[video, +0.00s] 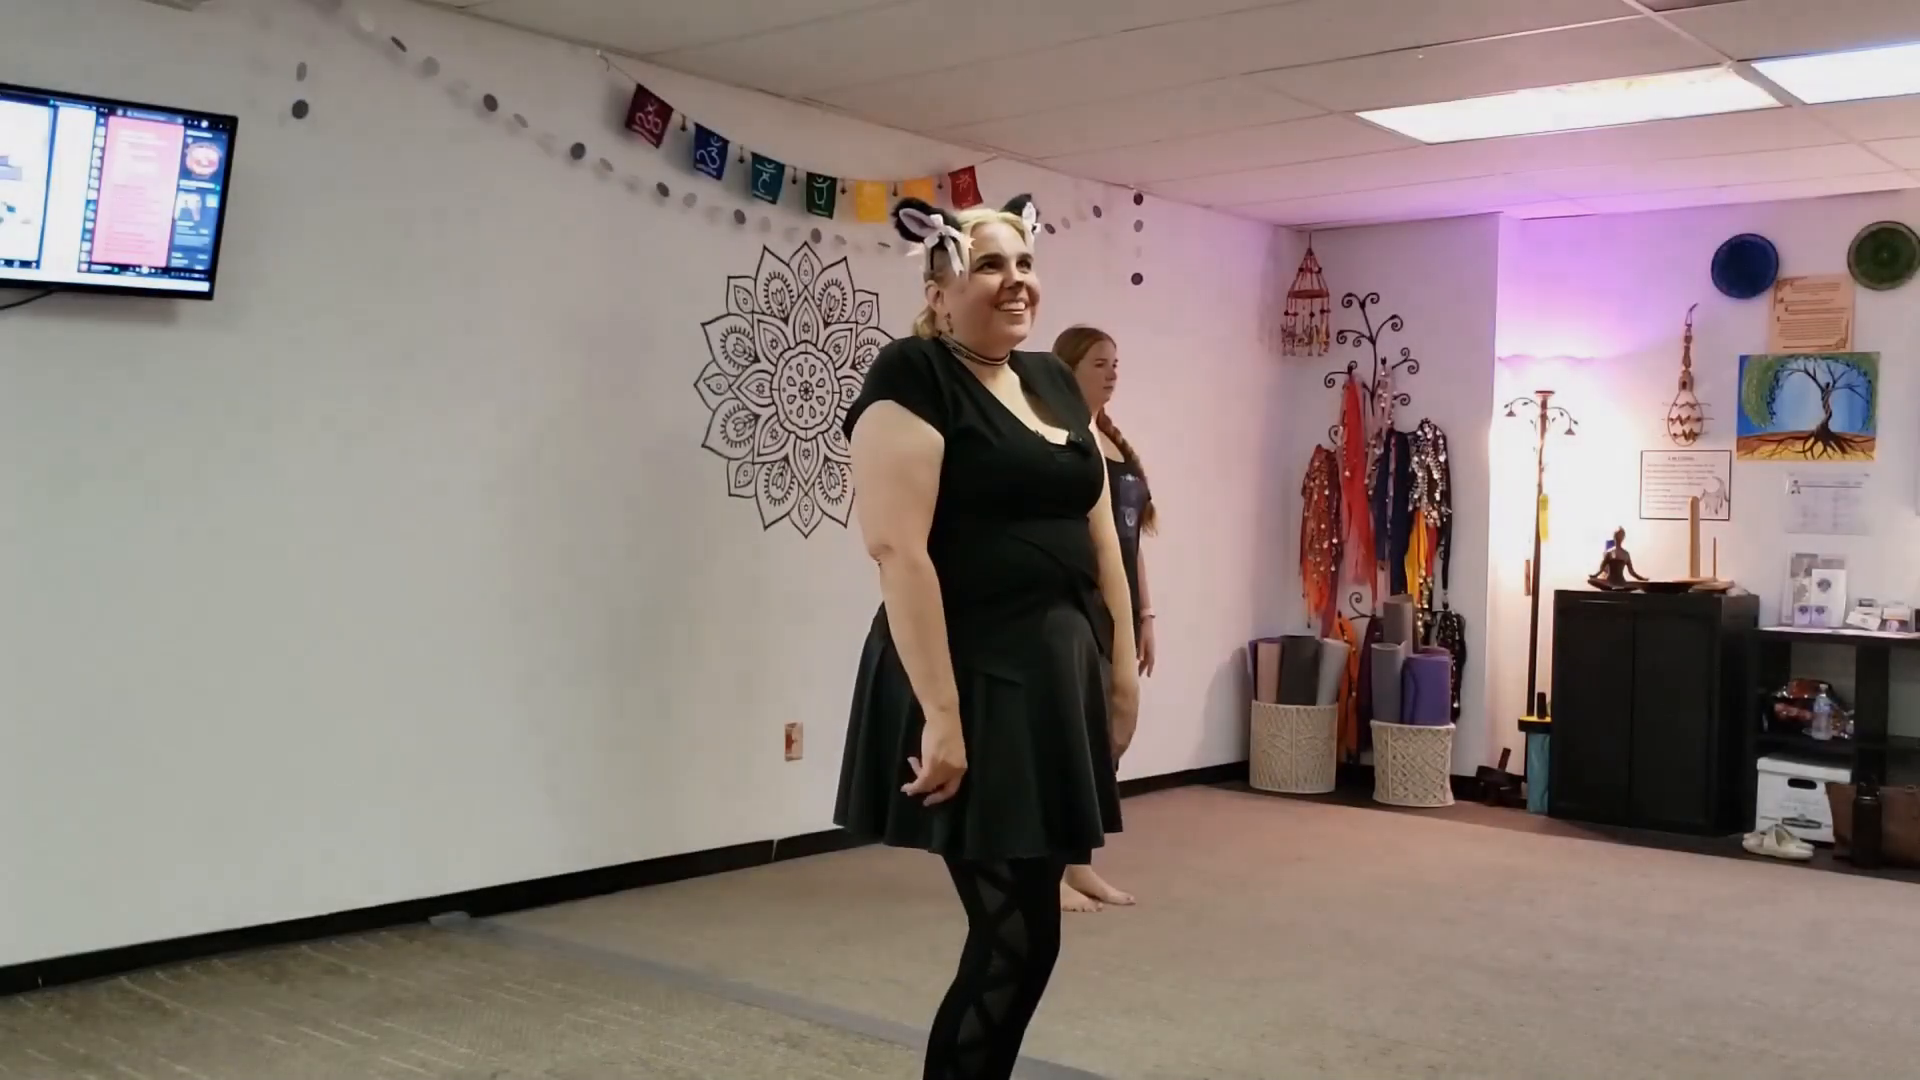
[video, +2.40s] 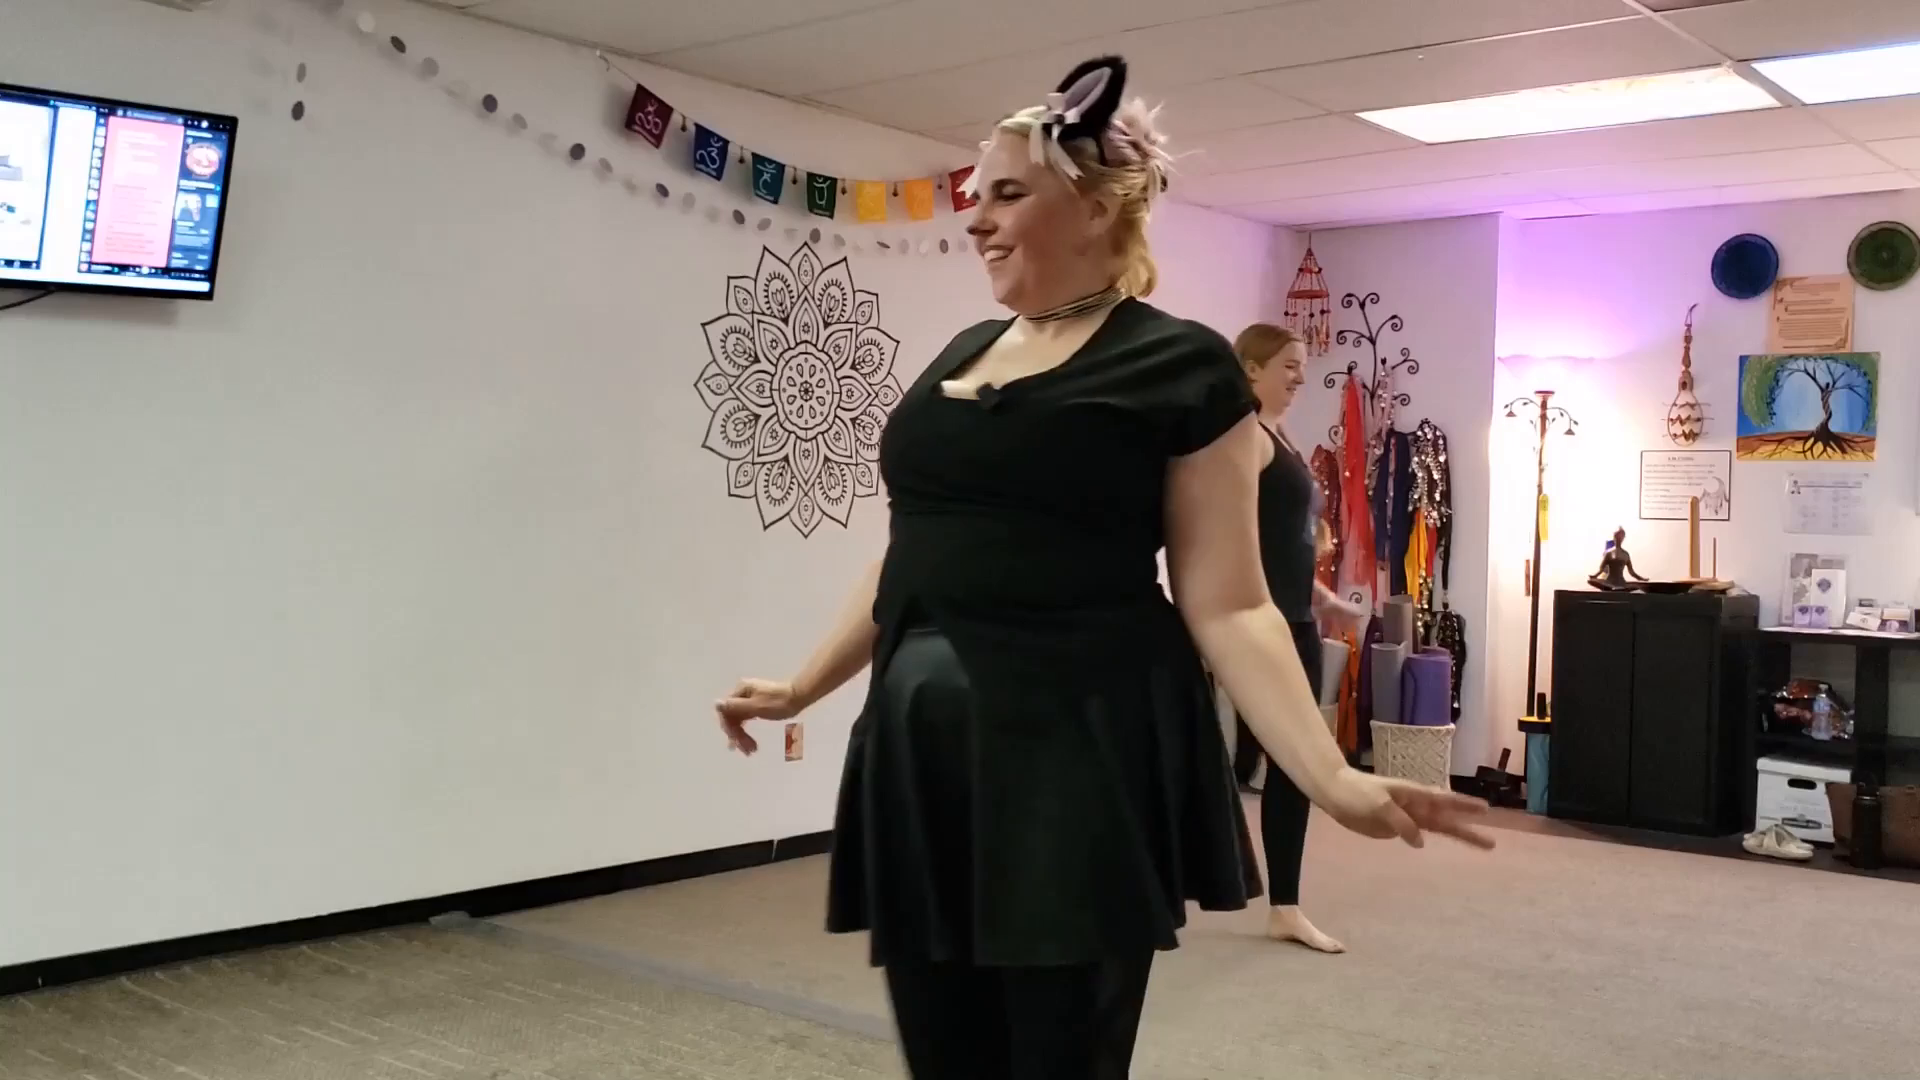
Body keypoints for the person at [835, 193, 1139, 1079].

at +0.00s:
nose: (1017, 280)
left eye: (1024, 264)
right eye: (990, 267)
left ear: (1035, 282)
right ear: (938, 295)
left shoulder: (1051, 380)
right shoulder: (910, 378)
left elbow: (1102, 528)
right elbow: (896, 552)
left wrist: (1124, 663)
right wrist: (939, 713)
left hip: (1058, 679)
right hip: (967, 688)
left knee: (1021, 935)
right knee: (1017, 940)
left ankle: (970, 1068)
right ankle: (956, 1071)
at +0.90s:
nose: (1048, 282)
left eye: (1059, 265)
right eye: (1025, 264)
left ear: (1068, 271)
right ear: (967, 272)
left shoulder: (1075, 383)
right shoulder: (921, 375)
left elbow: (1116, 549)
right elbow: (846, 541)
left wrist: (1222, 635)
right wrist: (830, 698)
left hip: (1051, 666)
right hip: (942, 664)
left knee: (990, 918)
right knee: (1074, 898)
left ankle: (965, 1076)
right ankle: (1033, 1070)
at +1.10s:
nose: (1061, 276)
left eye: (1074, 258)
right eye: (1035, 259)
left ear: (1088, 275)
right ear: (989, 276)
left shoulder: (1109, 401)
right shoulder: (945, 376)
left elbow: (1157, 555)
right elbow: (854, 534)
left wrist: (1310, 548)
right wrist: (778, 678)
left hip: (1071, 678)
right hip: (960, 680)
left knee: (999, 932)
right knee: (1061, 940)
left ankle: (972, 1074)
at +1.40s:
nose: (1079, 266)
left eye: (1096, 247)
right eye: (1054, 253)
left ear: (1127, 268)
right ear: (1023, 284)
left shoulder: (1181, 398)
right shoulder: (982, 389)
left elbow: (1258, 547)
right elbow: (879, 552)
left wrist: (1384, 456)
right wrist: (772, 681)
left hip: (1136, 715)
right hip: (998, 709)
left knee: (1101, 966)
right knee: (1070, 977)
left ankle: (1016, 1065)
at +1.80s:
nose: (1081, 243)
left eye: (1108, 227)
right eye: (1061, 225)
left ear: (1150, 253)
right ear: (1037, 249)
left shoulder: (1214, 364)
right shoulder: (983, 377)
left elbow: (1299, 534)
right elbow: (894, 550)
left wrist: (1424, 547)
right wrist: (766, 637)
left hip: (1180, 718)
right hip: (1024, 721)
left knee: (1168, 996)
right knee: (1073, 1008)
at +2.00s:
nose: (1054, 222)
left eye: (1086, 201)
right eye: (1042, 206)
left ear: (1148, 224)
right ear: (1029, 234)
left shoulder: (1219, 369)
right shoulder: (989, 367)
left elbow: (1286, 569)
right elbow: (918, 551)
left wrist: (1374, 699)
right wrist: (803, 641)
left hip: (1164, 749)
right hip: (1010, 748)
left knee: (1103, 1047)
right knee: (1061, 1041)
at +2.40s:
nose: (979, 217)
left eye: (1008, 192)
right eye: (975, 199)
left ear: (1102, 200)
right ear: (973, 216)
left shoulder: (1181, 365)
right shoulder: (962, 356)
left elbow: (1233, 605)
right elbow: (912, 561)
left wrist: (1335, 783)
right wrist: (804, 685)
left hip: (1082, 771)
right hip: (921, 764)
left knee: (1061, 1057)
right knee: (944, 1056)